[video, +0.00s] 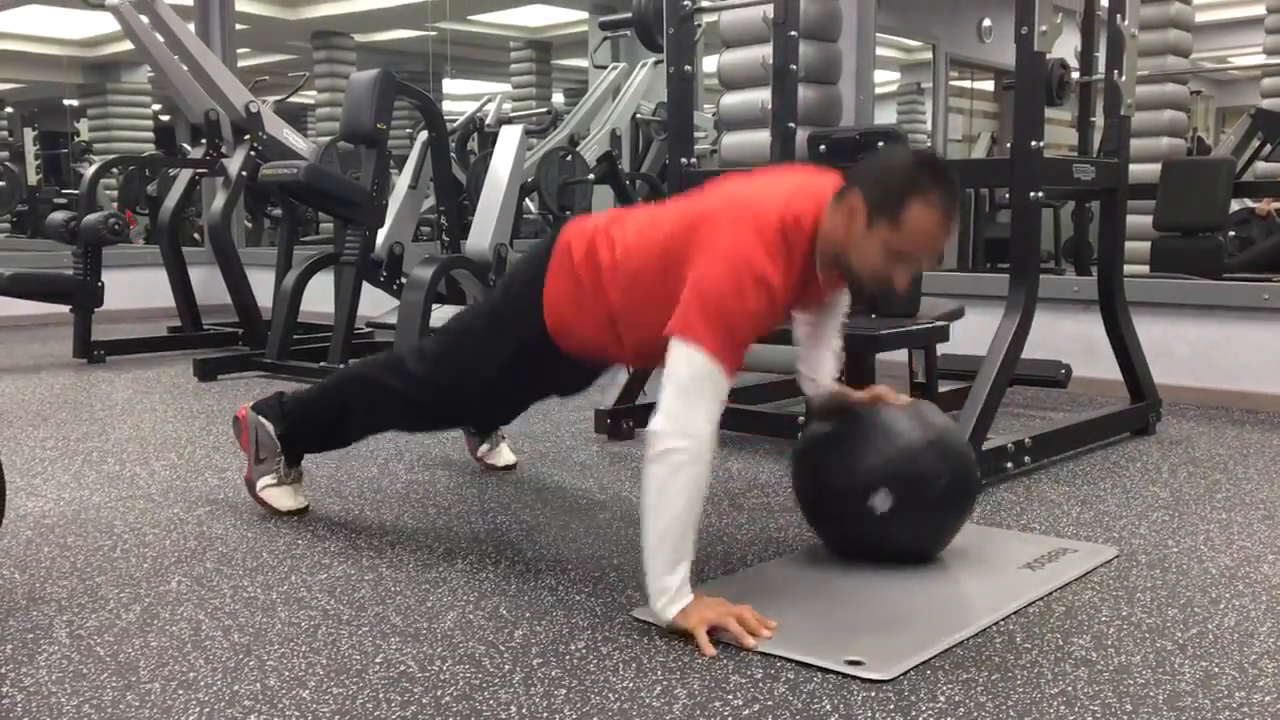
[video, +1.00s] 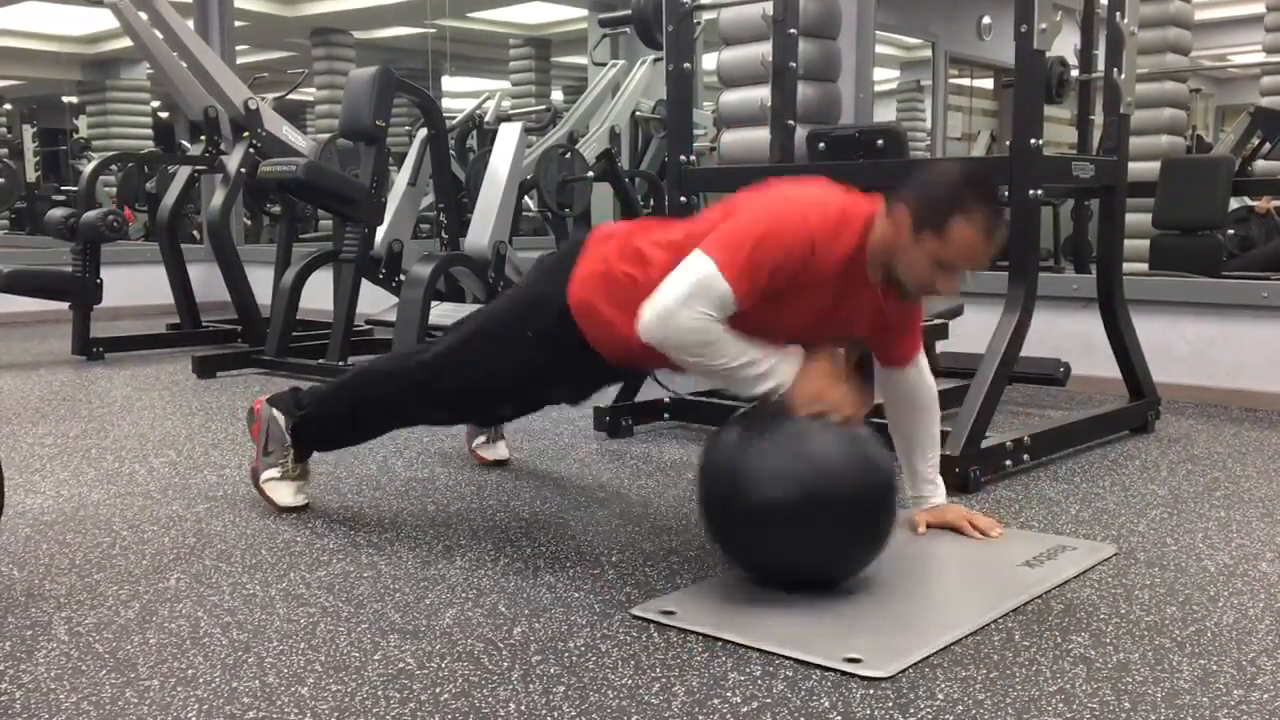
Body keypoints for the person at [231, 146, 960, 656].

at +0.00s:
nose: (905, 278)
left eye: (919, 264)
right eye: (902, 258)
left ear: (882, 226)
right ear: (853, 214)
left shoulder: (844, 223)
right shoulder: (752, 244)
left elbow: (821, 300)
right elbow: (686, 425)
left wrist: (825, 384)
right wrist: (674, 595)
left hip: (624, 316)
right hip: (567, 284)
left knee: (534, 378)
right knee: (435, 381)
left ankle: (482, 415)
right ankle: (274, 425)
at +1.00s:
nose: (949, 287)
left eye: (963, 275)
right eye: (946, 265)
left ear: (947, 254)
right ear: (900, 220)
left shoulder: (894, 288)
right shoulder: (798, 222)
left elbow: (910, 384)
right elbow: (666, 323)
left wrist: (928, 493)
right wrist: (787, 374)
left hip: (634, 339)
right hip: (588, 292)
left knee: (524, 387)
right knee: (446, 375)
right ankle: (289, 420)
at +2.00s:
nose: (927, 258)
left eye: (941, 244)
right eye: (924, 237)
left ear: (909, 205)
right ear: (874, 189)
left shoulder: (864, 219)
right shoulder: (776, 230)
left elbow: (837, 303)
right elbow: (714, 411)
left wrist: (857, 365)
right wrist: (704, 584)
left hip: (633, 314)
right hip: (585, 291)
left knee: (529, 377)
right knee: (440, 384)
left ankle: (476, 415)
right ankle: (284, 424)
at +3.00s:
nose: (937, 239)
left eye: (952, 227)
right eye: (932, 216)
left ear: (952, 213)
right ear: (889, 172)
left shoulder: (899, 242)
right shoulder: (792, 196)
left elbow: (925, 356)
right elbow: (723, 347)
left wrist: (955, 468)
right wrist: (838, 350)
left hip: (644, 326)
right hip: (600, 286)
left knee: (536, 377)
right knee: (454, 375)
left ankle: (480, 414)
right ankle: (297, 424)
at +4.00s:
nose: (893, 195)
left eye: (907, 180)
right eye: (886, 171)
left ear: (893, 162)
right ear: (832, 133)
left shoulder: (843, 184)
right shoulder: (743, 185)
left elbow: (844, 294)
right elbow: (709, 372)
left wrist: (816, 365)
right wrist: (742, 543)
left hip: (615, 301)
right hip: (561, 272)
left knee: (519, 376)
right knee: (430, 379)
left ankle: (463, 418)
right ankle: (275, 428)